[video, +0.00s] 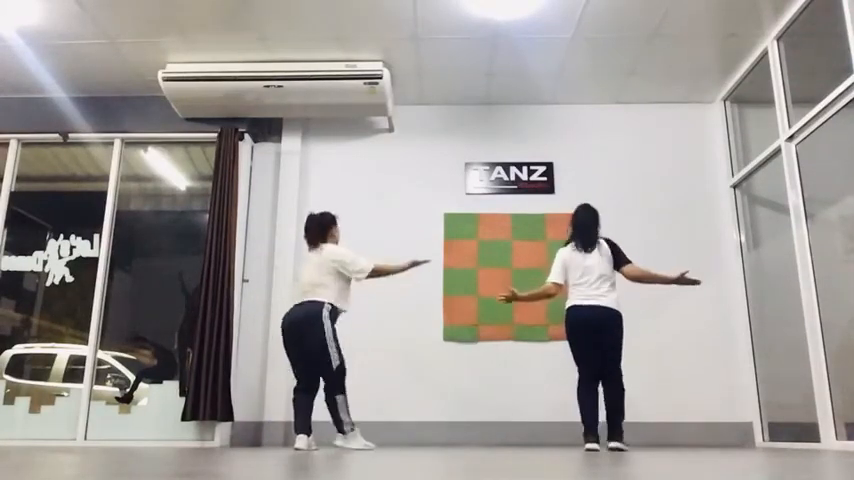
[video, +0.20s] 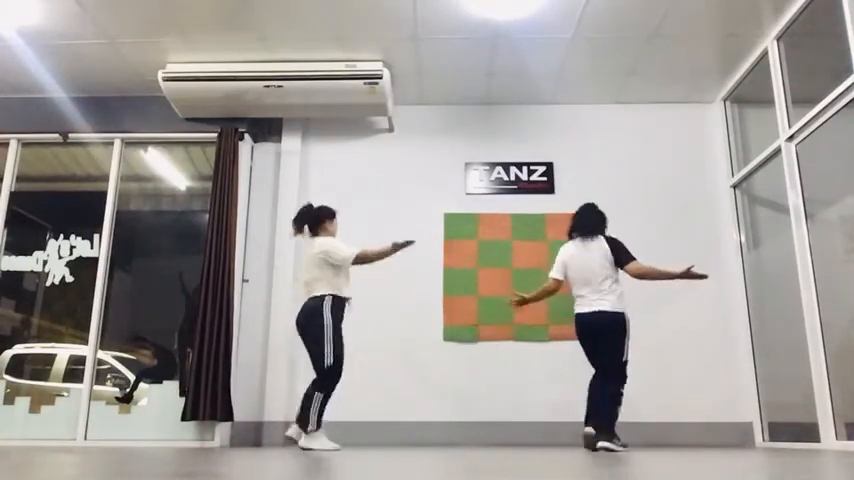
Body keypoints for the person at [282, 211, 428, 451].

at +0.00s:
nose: (339, 232)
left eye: (337, 228)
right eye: (336, 228)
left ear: (313, 234)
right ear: (330, 231)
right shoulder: (334, 253)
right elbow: (369, 270)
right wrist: (404, 266)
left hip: (293, 319)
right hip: (318, 316)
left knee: (306, 378)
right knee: (334, 374)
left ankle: (302, 436)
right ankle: (347, 434)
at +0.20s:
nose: (337, 226)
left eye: (336, 221)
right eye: (334, 221)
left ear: (318, 225)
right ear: (325, 224)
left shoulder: (319, 246)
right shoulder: (325, 245)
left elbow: (358, 258)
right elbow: (358, 257)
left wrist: (390, 249)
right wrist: (392, 249)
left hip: (316, 311)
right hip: (323, 310)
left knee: (326, 372)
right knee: (331, 371)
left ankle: (300, 426)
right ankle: (312, 433)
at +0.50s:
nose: (348, 234)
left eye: (346, 229)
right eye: (345, 229)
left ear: (330, 234)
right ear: (334, 233)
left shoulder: (326, 256)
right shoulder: (326, 255)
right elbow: (341, 270)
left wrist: (353, 259)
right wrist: (357, 255)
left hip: (318, 322)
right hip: (309, 321)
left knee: (345, 373)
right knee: (326, 375)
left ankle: (362, 430)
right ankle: (311, 436)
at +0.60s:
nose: (348, 229)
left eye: (346, 225)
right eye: (344, 225)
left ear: (330, 231)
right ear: (333, 229)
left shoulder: (331, 252)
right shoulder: (328, 250)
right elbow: (338, 269)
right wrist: (347, 250)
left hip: (322, 319)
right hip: (311, 316)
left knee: (334, 375)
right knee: (321, 374)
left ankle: (353, 433)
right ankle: (310, 436)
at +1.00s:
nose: (344, 235)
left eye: (343, 230)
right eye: (340, 230)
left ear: (327, 232)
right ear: (326, 232)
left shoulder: (329, 259)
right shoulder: (315, 254)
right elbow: (312, 273)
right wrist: (297, 266)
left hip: (325, 323)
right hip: (312, 322)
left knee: (328, 380)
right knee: (337, 373)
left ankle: (298, 433)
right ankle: (355, 433)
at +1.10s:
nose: (343, 238)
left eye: (342, 233)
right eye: (339, 233)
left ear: (327, 236)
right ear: (325, 236)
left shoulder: (330, 263)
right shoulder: (315, 259)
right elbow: (309, 279)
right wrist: (296, 274)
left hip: (323, 329)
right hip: (309, 328)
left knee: (326, 385)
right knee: (334, 381)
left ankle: (297, 435)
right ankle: (359, 434)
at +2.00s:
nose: (328, 224)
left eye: (327, 220)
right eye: (324, 219)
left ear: (312, 221)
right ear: (311, 220)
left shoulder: (316, 247)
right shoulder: (303, 240)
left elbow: (340, 284)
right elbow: (315, 264)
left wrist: (337, 265)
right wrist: (350, 254)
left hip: (316, 307)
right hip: (302, 305)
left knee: (307, 369)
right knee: (294, 367)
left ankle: (297, 432)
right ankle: (281, 432)